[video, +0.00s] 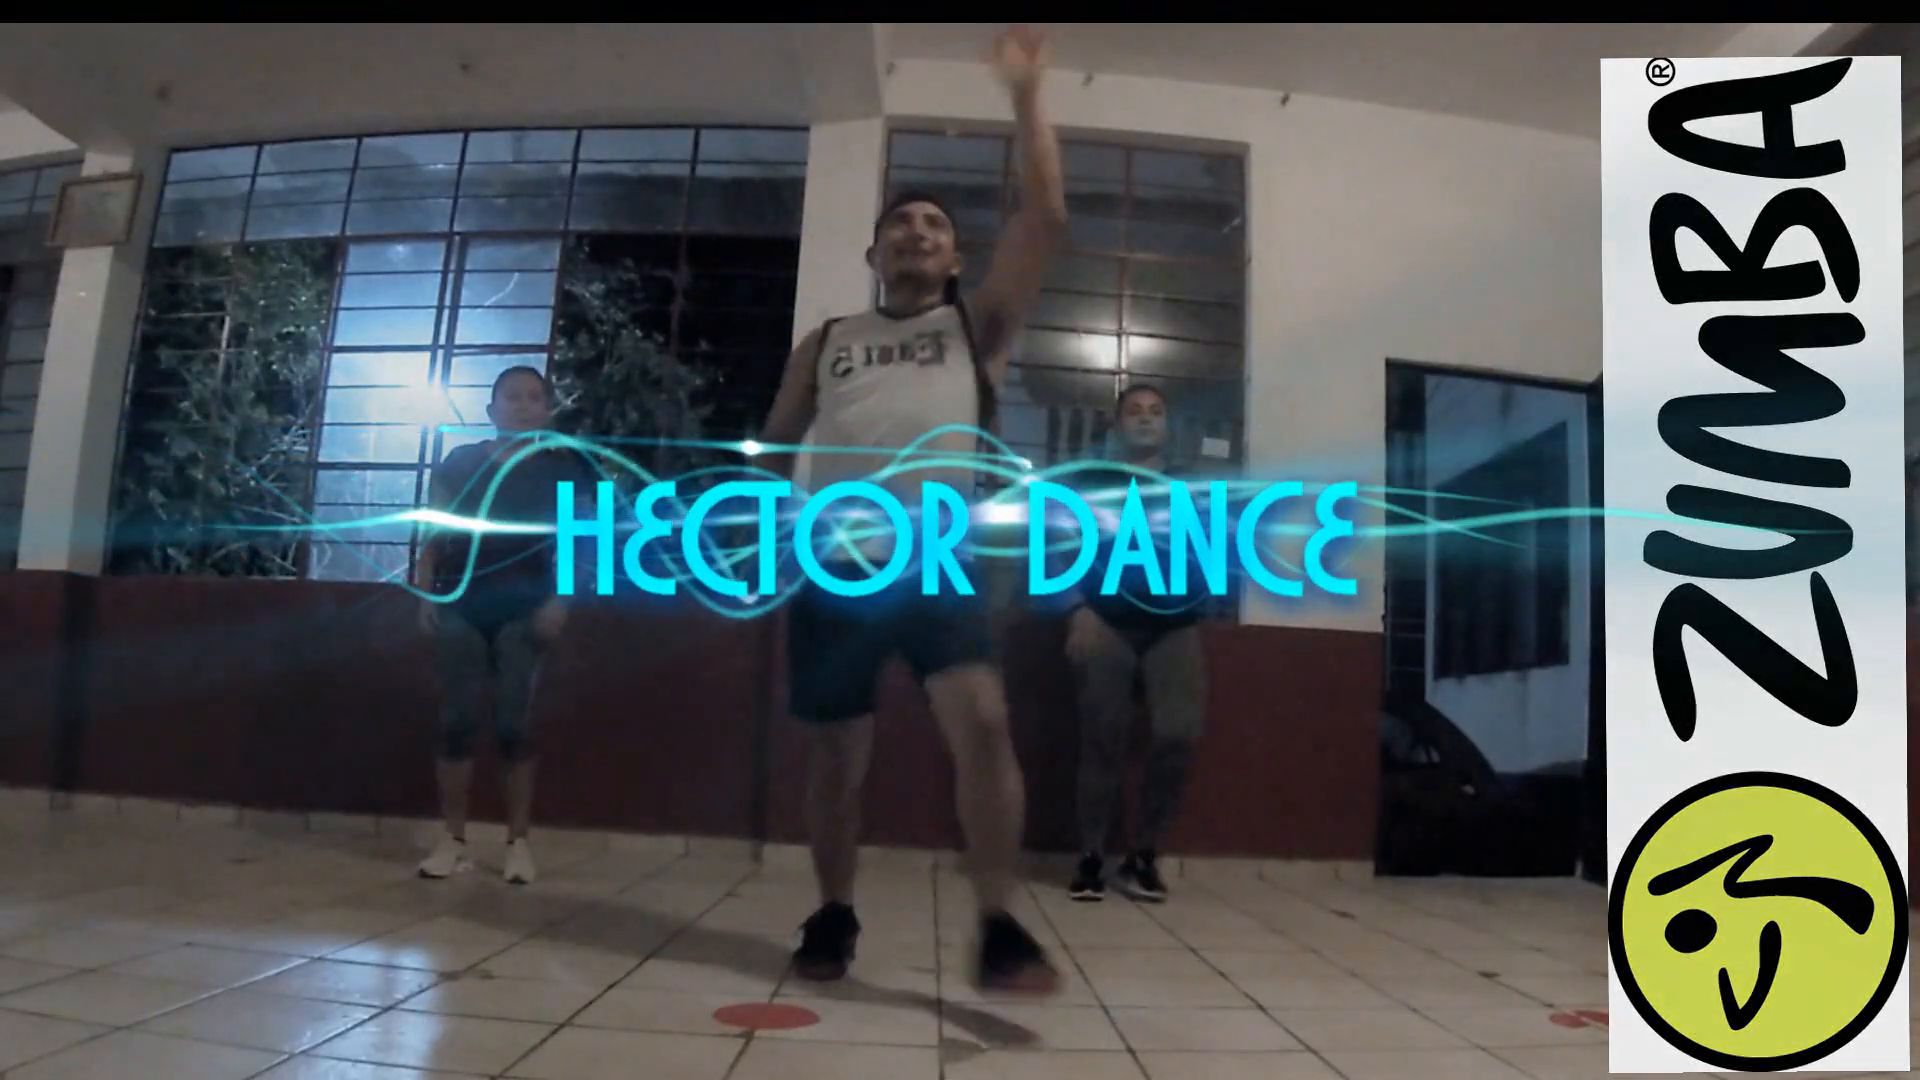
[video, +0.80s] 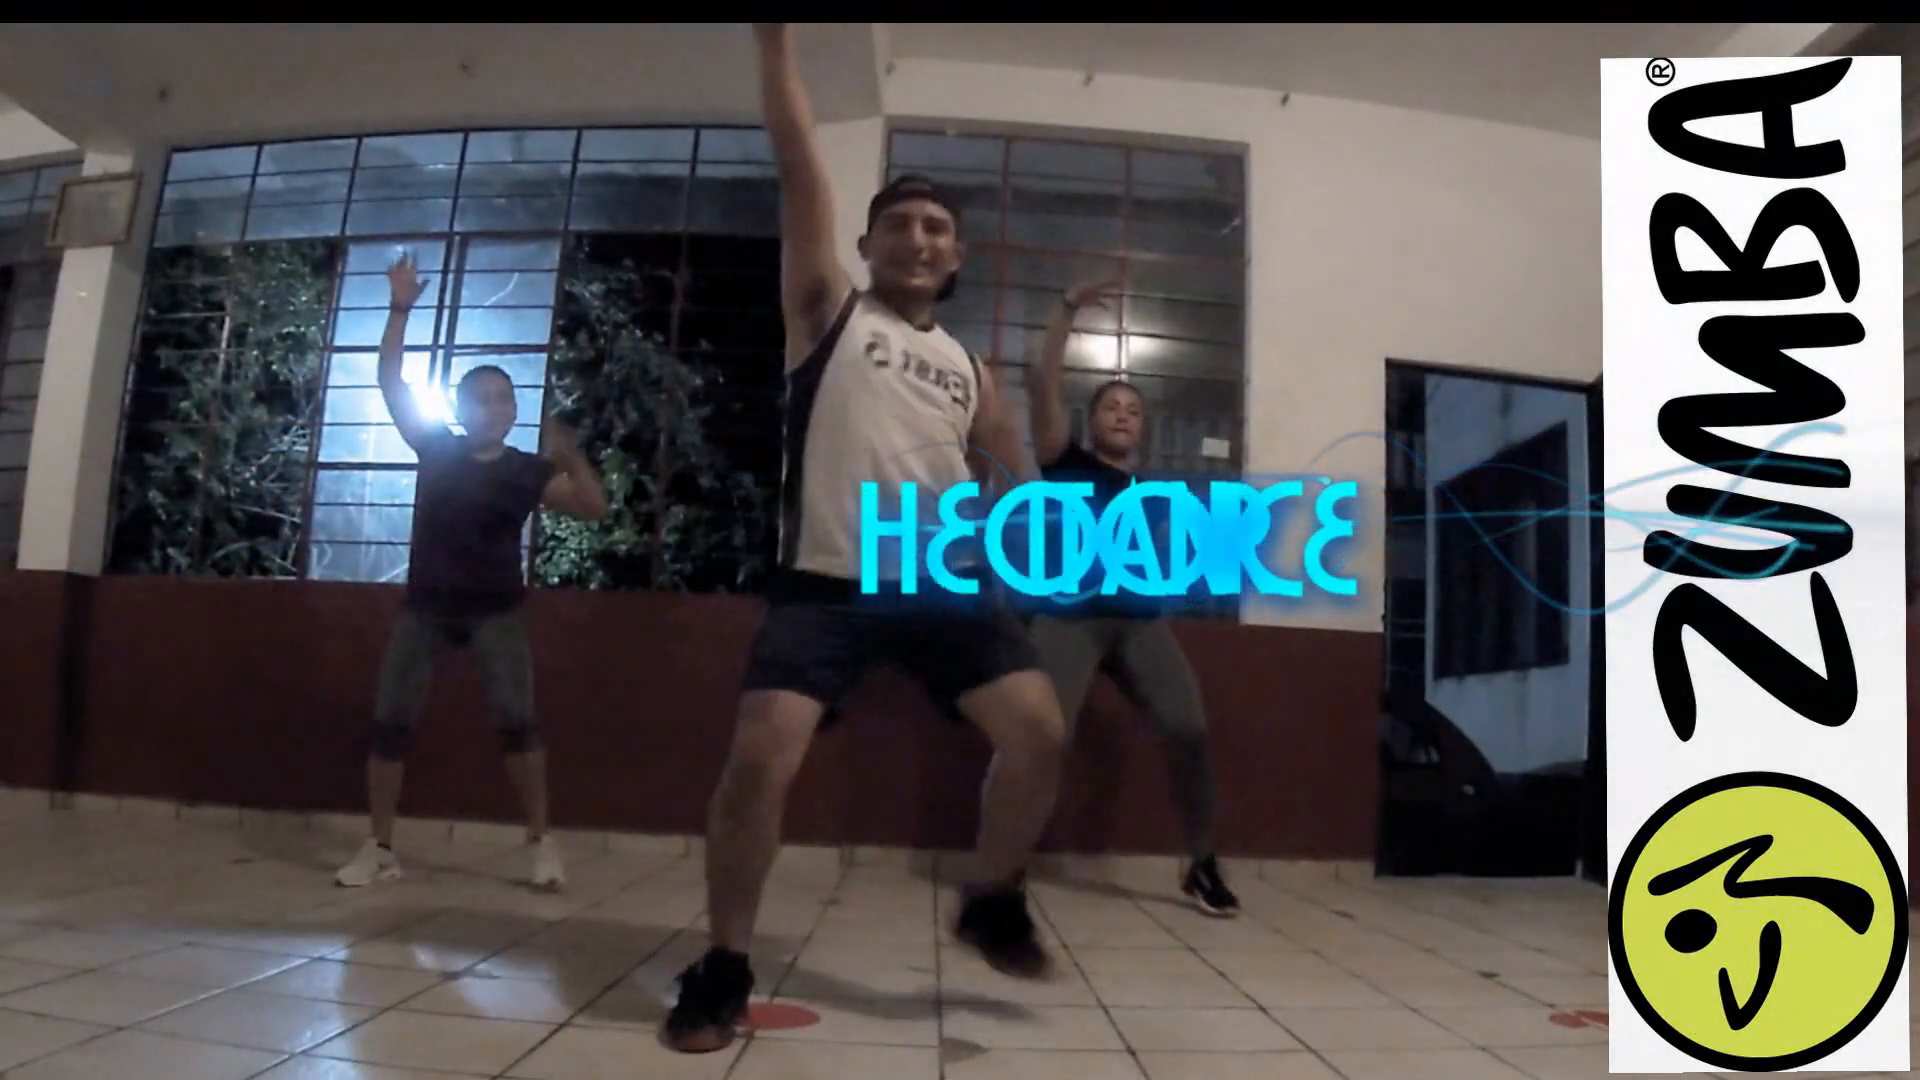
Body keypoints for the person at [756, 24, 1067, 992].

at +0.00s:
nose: (921, 232)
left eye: (936, 225)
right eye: (904, 225)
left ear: (955, 255)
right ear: (874, 254)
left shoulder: (978, 326)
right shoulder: (827, 342)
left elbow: (1044, 212)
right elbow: (771, 453)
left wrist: (1028, 86)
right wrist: (759, 546)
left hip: (942, 568)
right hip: (834, 569)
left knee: (983, 727)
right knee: (836, 755)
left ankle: (997, 928)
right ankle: (832, 918)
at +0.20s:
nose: (947, 231)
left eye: (961, 228)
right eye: (929, 227)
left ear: (986, 263)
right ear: (900, 265)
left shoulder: (1007, 321)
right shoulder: (862, 367)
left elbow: (1044, 186)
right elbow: (801, 470)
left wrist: (1054, 64)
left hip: (963, 581)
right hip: (856, 580)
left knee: (992, 765)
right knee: (825, 765)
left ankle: (1024, 978)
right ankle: (834, 910)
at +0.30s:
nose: (957, 226)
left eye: (973, 222)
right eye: (939, 221)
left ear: (997, 253)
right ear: (913, 258)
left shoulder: (1024, 314)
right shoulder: (880, 356)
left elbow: (1062, 173)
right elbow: (782, 366)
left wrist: (1069, 55)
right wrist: (843, 249)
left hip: (983, 585)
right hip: (873, 581)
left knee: (1006, 767)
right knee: (760, 743)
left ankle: (1025, 979)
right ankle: (822, 866)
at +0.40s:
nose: (960, 208)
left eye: (978, 204)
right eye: (942, 205)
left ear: (1004, 240)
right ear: (916, 241)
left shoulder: (1026, 307)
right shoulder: (876, 320)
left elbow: (1071, 168)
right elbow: (796, 231)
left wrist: (1081, 46)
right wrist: (852, 109)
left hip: (990, 580)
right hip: (868, 571)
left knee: (1020, 761)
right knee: (742, 711)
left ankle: (1028, 977)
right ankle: (791, 874)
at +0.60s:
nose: (948, 214)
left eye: (967, 208)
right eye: (931, 204)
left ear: (987, 239)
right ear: (899, 228)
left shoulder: (1006, 332)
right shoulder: (859, 287)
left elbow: (1100, 299)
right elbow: (841, 128)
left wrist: (1068, 188)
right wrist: (830, 20)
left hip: (980, 581)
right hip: (859, 570)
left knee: (1001, 772)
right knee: (791, 761)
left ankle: (1032, 977)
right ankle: (730, 969)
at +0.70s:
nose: (934, 221)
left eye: (951, 213)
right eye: (916, 209)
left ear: (970, 242)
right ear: (883, 231)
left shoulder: (977, 354)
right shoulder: (845, 291)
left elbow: (1043, 454)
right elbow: (817, 136)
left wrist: (1048, 340)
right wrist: (800, 19)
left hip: (956, 583)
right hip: (836, 575)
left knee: (1016, 748)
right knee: (775, 755)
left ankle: (1030, 969)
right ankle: (725, 968)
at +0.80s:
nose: (917, 238)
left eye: (936, 228)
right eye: (899, 224)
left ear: (958, 256)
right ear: (870, 244)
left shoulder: (973, 374)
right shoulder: (827, 307)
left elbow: (1023, 495)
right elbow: (796, 156)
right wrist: (773, 30)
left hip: (940, 591)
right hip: (823, 586)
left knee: (1037, 734)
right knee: (757, 760)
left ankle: (992, 899)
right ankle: (723, 966)